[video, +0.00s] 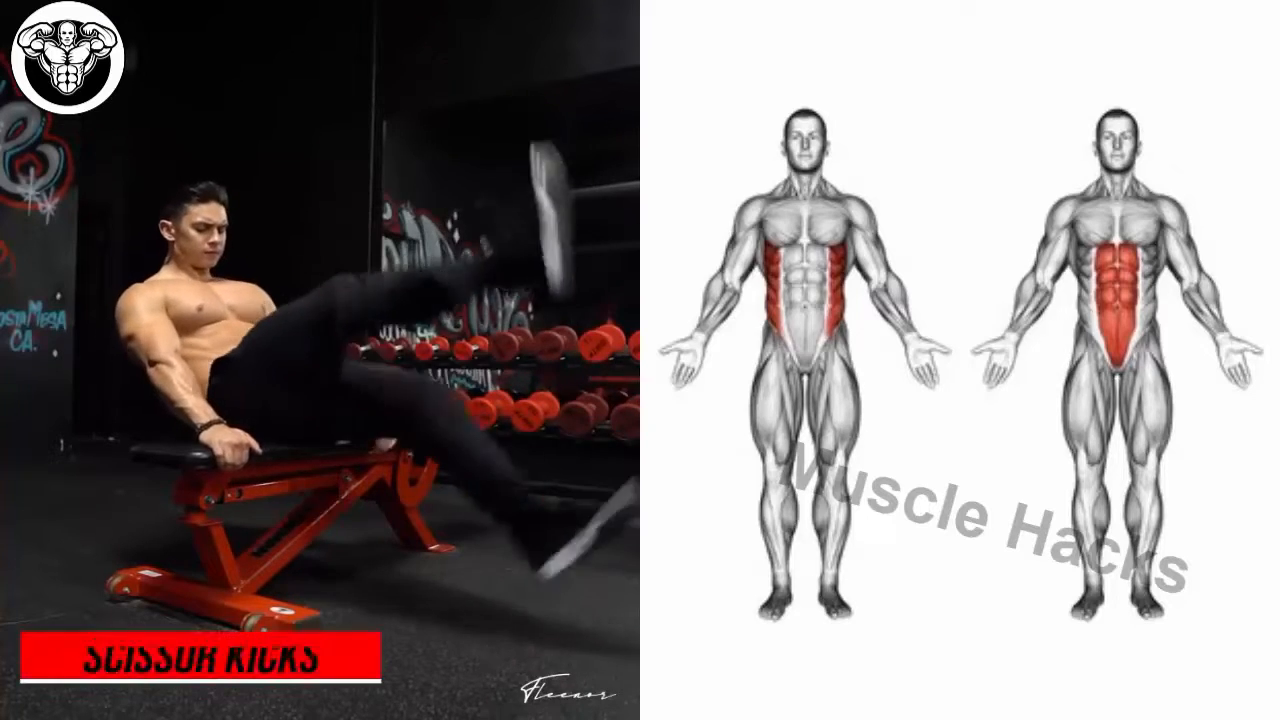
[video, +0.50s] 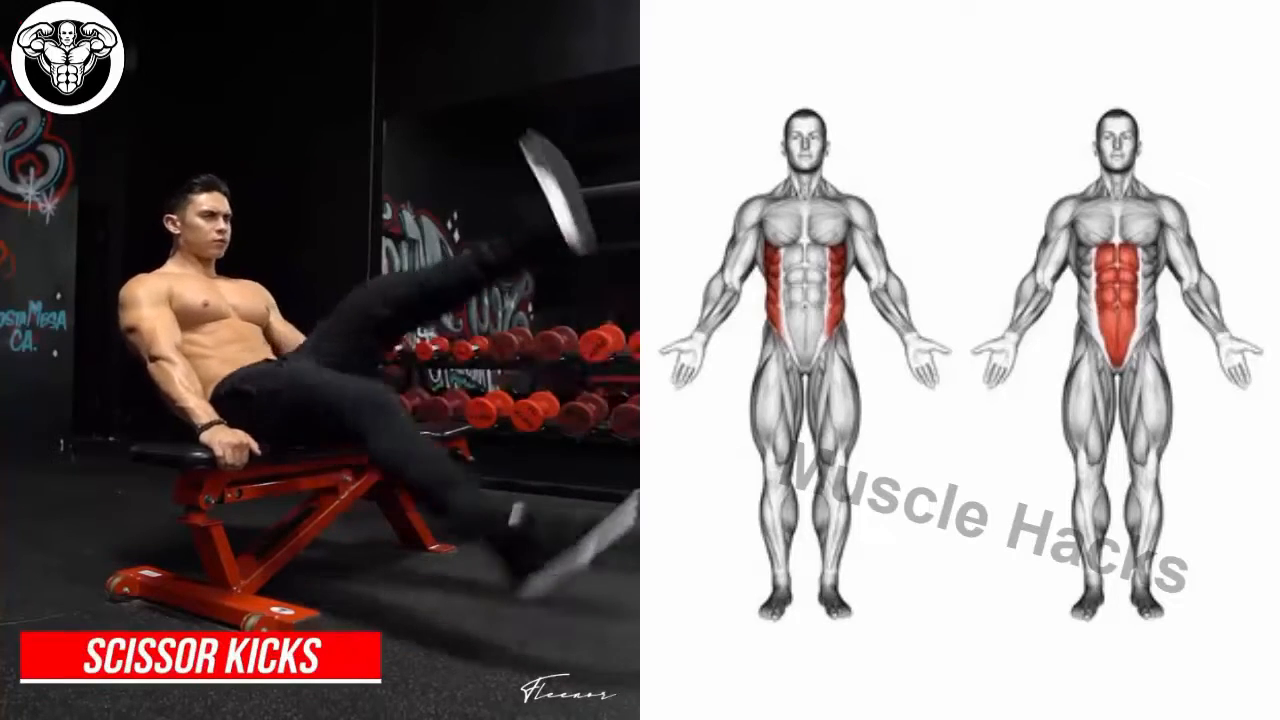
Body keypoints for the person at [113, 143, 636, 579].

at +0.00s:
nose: (215, 239)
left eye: (221, 230)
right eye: (202, 229)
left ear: (225, 235)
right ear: (168, 232)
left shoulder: (251, 293)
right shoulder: (143, 298)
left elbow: (302, 350)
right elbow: (163, 366)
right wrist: (210, 426)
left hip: (302, 396)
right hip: (242, 393)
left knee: (425, 398)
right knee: (336, 299)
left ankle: (539, 532)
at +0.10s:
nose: (214, 241)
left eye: (220, 232)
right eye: (202, 230)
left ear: (224, 236)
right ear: (169, 233)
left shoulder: (249, 294)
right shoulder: (142, 296)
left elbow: (303, 360)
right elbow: (166, 364)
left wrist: (361, 418)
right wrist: (210, 424)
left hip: (300, 402)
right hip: (242, 401)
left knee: (432, 372)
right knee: (346, 333)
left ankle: (568, 439)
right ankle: (505, 368)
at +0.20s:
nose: (216, 238)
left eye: (221, 229)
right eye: (204, 227)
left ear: (226, 237)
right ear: (170, 232)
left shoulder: (247, 295)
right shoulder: (144, 296)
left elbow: (307, 352)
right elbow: (167, 362)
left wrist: (365, 384)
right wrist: (210, 426)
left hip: (292, 380)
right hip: (237, 394)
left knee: (403, 326)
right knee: (361, 374)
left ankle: (552, 328)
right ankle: (524, 496)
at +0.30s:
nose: (220, 235)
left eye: (226, 226)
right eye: (208, 224)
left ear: (229, 234)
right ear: (174, 229)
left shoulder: (250, 292)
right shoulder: (146, 291)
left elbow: (310, 353)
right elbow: (168, 361)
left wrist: (368, 380)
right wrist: (210, 424)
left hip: (302, 376)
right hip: (249, 392)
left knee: (386, 301)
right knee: (375, 421)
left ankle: (532, 231)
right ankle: (502, 574)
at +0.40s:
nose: (224, 230)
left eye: (229, 221)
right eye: (211, 219)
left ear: (231, 229)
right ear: (177, 225)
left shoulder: (250, 291)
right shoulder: (147, 287)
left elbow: (309, 351)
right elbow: (166, 359)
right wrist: (211, 426)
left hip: (300, 374)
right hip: (247, 389)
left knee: (383, 290)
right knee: (371, 427)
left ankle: (509, 201)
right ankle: (491, 587)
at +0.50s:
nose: (221, 228)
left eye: (226, 219)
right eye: (209, 217)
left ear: (229, 228)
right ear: (173, 224)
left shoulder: (251, 291)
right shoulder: (146, 290)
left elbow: (309, 352)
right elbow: (163, 361)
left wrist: (368, 375)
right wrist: (209, 426)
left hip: (294, 378)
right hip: (240, 393)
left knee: (376, 299)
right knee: (371, 400)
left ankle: (535, 241)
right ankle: (510, 534)